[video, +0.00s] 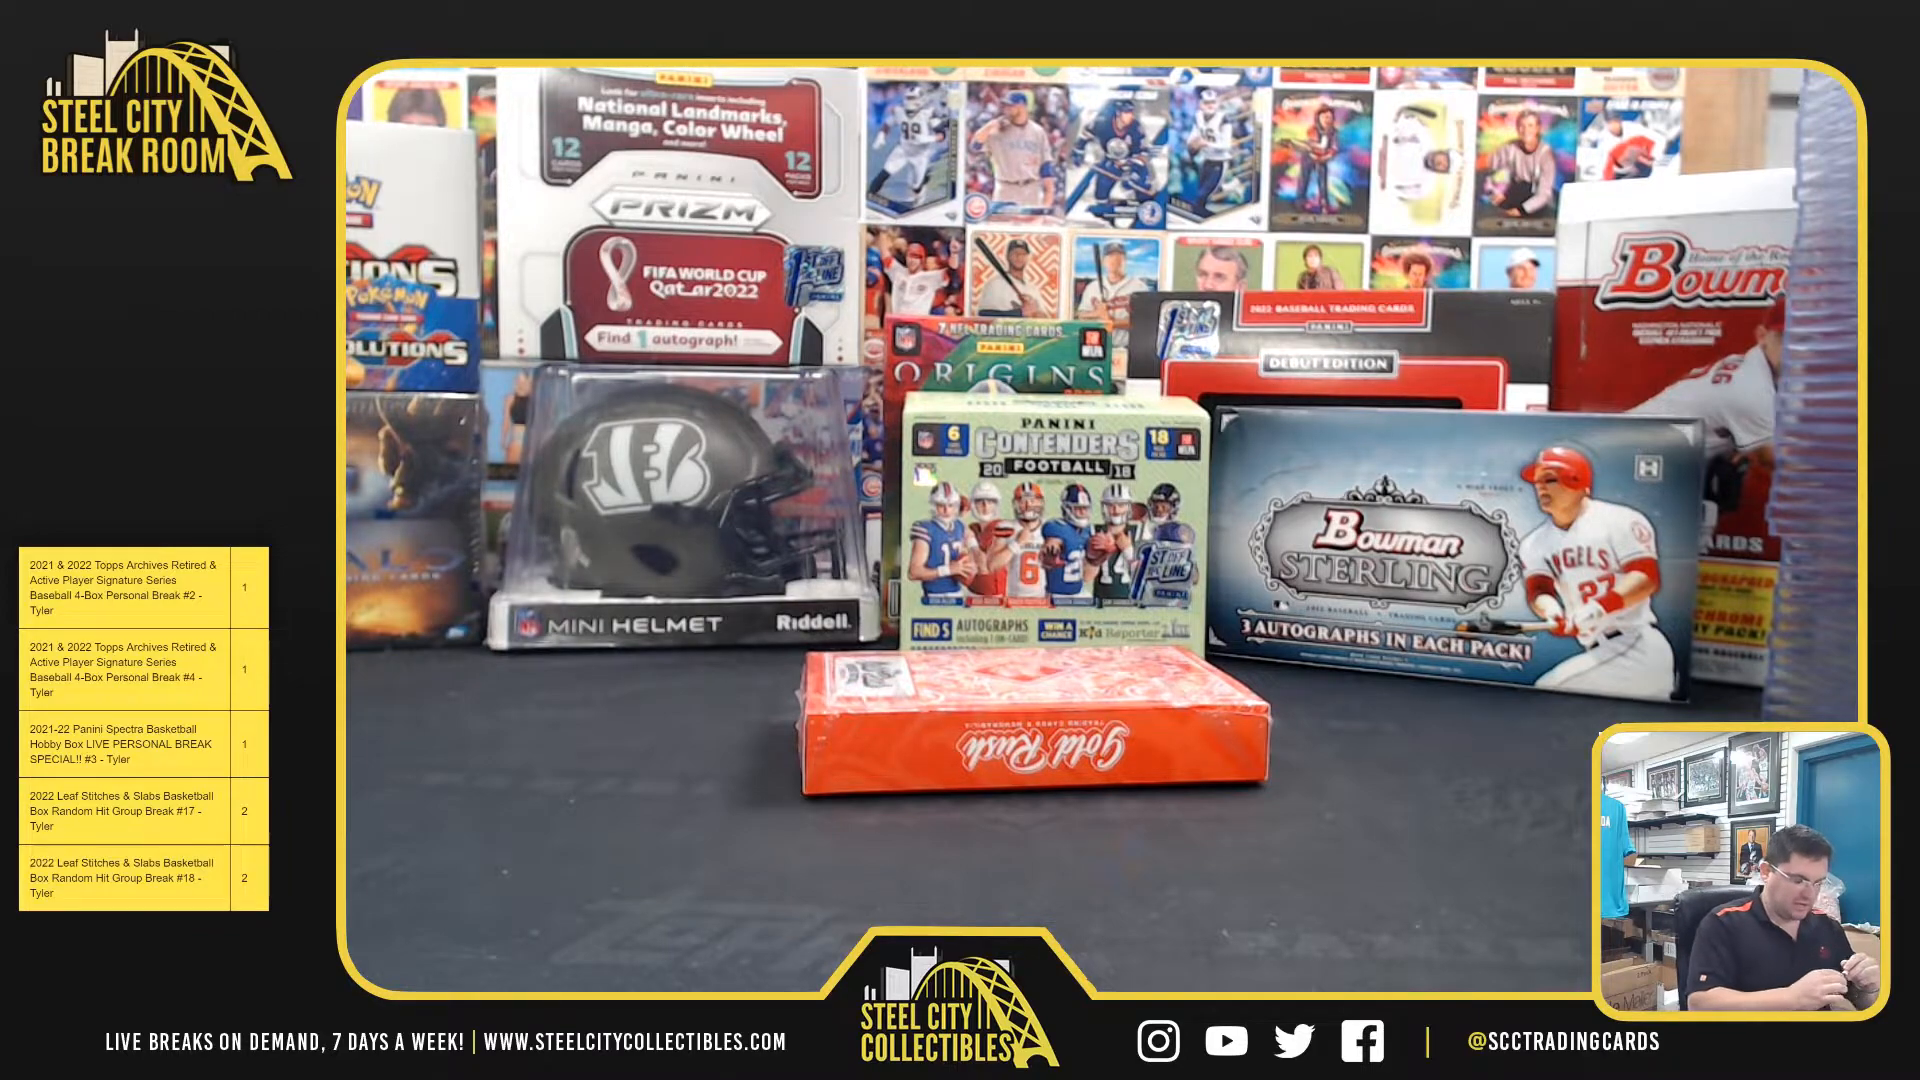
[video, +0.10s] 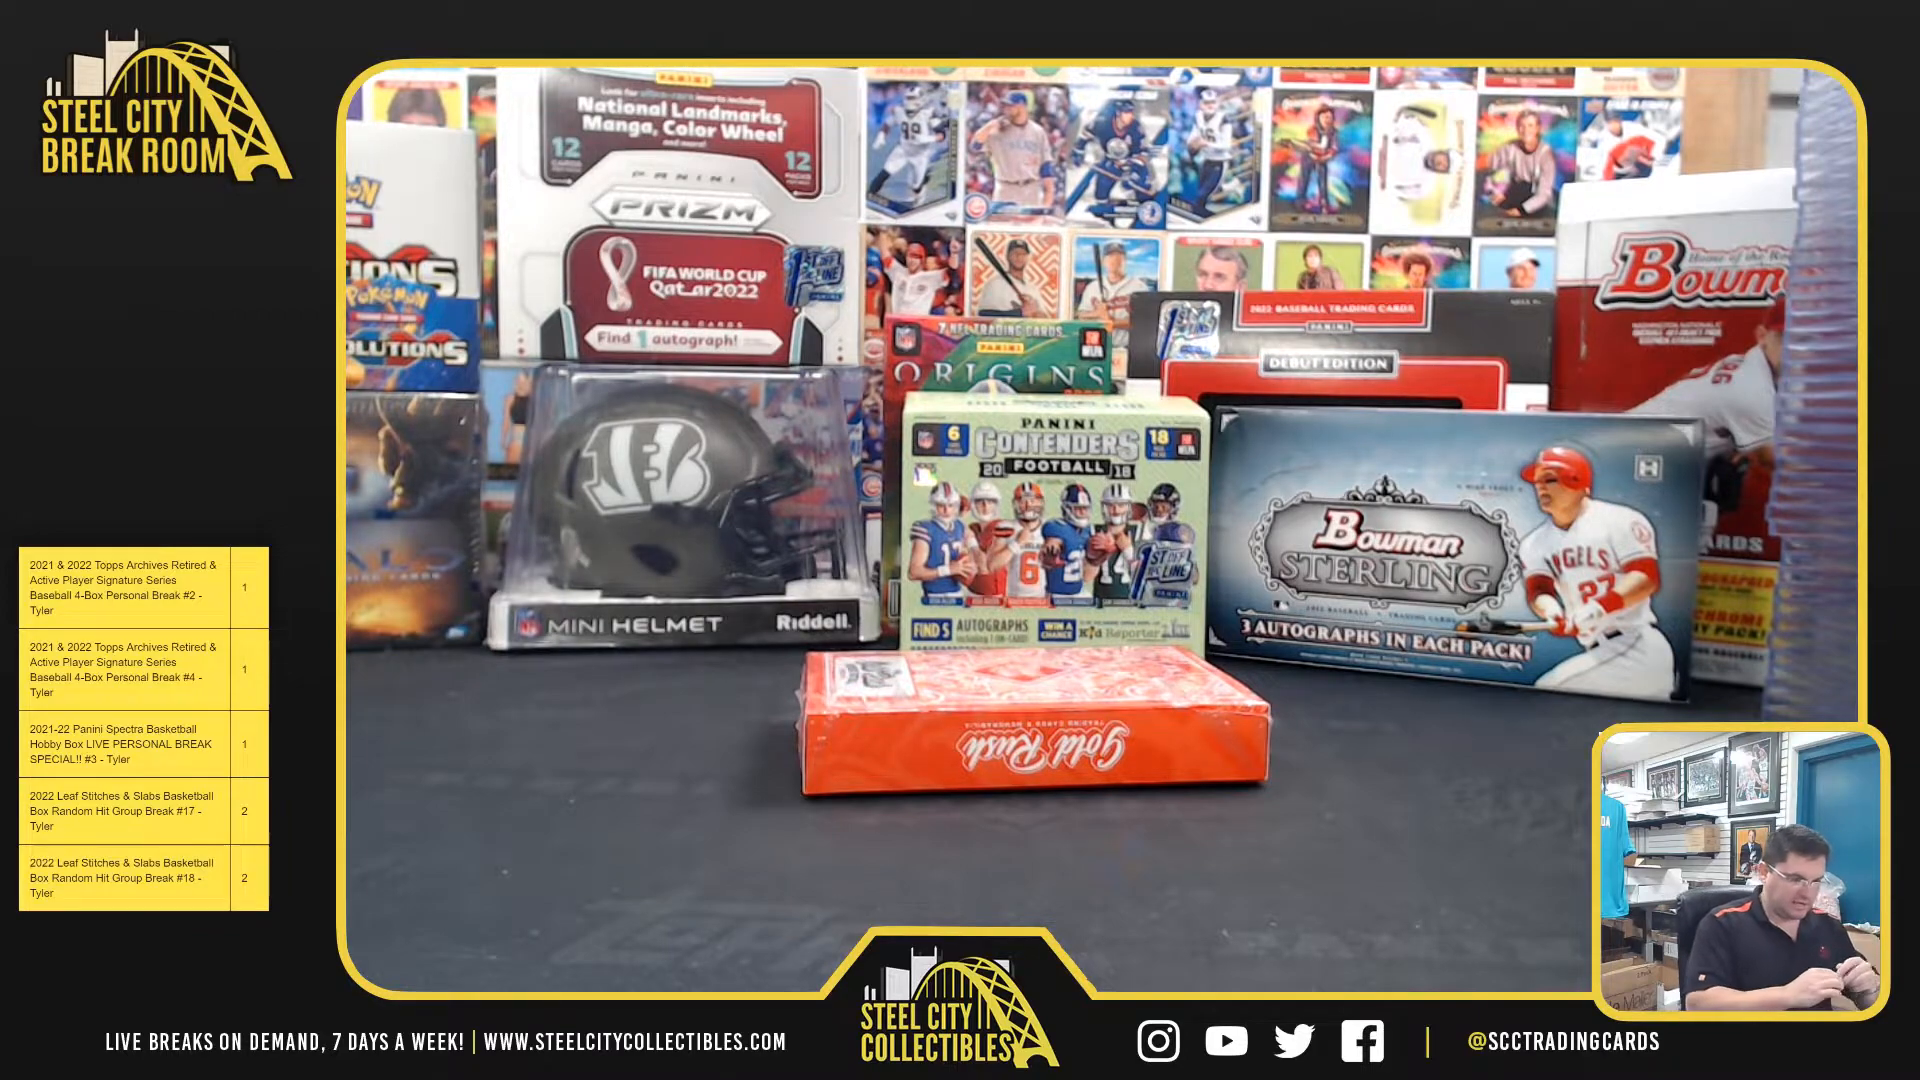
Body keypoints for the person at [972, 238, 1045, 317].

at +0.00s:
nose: (1019, 258)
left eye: (1023, 254)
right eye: (1015, 254)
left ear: (1028, 257)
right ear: (1008, 256)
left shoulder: (1032, 289)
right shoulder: (995, 284)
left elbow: (1045, 317)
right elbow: (985, 314)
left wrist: (1034, 311)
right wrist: (1020, 313)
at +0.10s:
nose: (1019, 258)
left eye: (1023, 254)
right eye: (1015, 254)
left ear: (1028, 257)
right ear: (1008, 256)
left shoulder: (1032, 289)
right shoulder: (995, 284)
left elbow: (1045, 317)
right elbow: (985, 314)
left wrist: (1034, 311)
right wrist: (1020, 313)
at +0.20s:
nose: (1020, 258)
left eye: (1023, 254)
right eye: (1016, 254)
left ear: (1028, 257)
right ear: (1008, 256)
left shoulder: (1032, 288)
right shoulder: (995, 284)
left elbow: (1045, 316)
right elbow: (985, 315)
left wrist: (1034, 311)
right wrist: (1021, 312)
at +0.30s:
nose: (1020, 258)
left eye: (1023, 254)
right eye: (1016, 254)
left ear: (1028, 257)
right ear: (1008, 256)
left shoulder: (1032, 288)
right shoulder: (995, 284)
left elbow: (1045, 316)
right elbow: (985, 315)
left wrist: (1034, 311)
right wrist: (1021, 312)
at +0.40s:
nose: (1020, 258)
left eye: (1023, 254)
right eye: (1016, 254)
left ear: (1028, 257)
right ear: (1008, 256)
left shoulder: (1032, 288)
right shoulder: (995, 284)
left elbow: (1045, 316)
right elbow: (985, 315)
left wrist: (1034, 311)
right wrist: (1021, 312)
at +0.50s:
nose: (1020, 258)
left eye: (1023, 254)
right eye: (1016, 254)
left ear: (1028, 257)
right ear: (1008, 256)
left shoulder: (1032, 288)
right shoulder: (995, 284)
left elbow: (1045, 316)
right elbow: (985, 315)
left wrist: (1034, 311)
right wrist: (1021, 312)